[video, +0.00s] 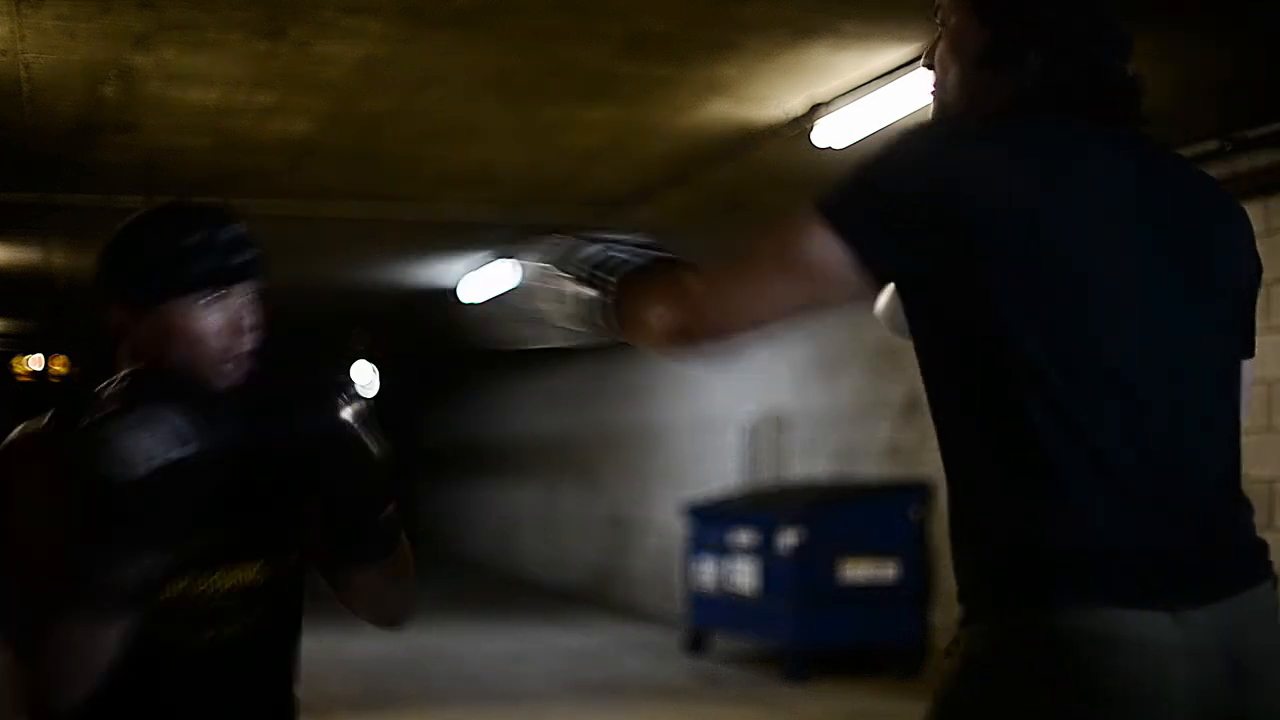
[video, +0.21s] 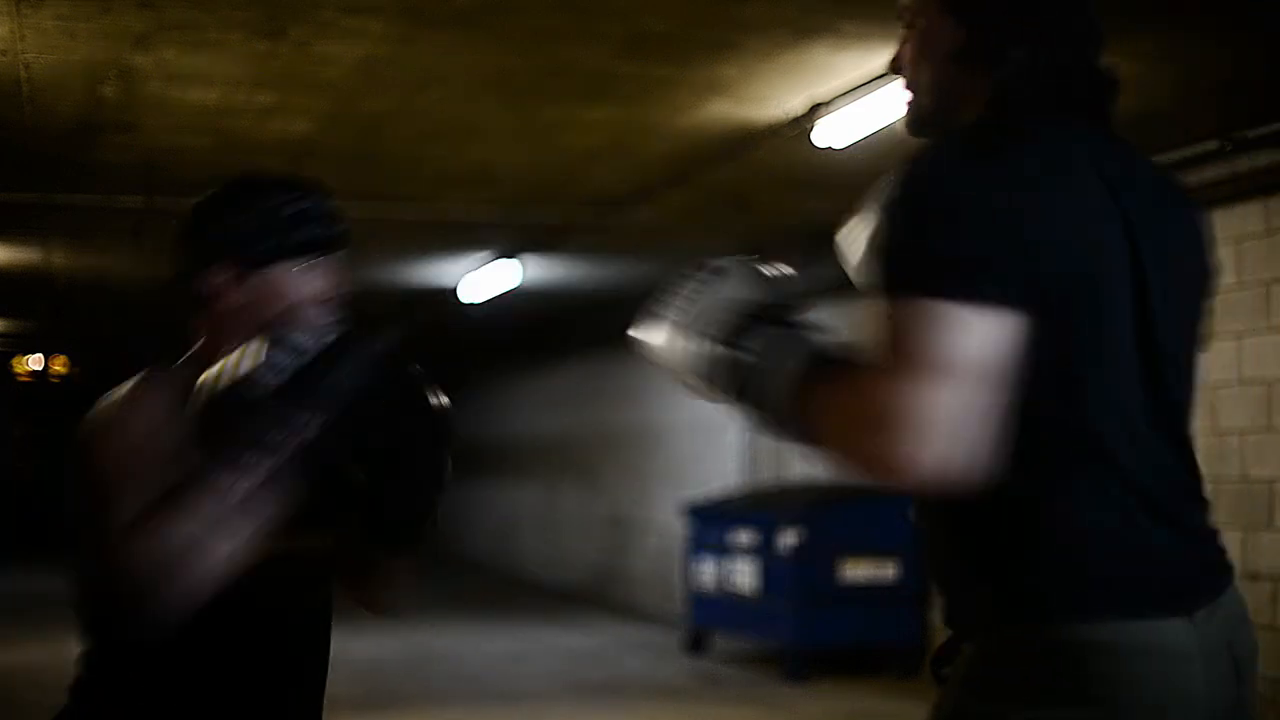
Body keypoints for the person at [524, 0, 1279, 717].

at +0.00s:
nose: (931, 59)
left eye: (943, 33)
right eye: (935, 34)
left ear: (987, 37)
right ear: (1100, 48)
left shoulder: (942, 170)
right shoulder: (1209, 204)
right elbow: (1217, 415)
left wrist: (632, 294)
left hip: (1057, 636)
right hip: (1240, 629)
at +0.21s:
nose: (897, 60)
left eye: (914, 31)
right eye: (903, 33)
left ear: (973, 36)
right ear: (1055, 44)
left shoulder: (971, 177)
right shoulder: (1152, 191)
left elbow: (937, 440)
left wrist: (755, 352)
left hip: (1058, 646)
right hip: (1195, 622)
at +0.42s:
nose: (932, 64)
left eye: (952, 35)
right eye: (937, 40)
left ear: (1022, 38)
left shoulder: (1125, 175)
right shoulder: (1062, 192)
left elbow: (1142, 444)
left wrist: (900, 331)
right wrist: (849, 372)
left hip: (1135, 661)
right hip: (1068, 651)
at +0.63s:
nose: (1026, 65)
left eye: (1047, 33)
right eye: (1035, 36)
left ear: (1116, 39)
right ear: (1123, 43)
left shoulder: (1189, 186)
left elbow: (1164, 450)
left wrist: (954, 361)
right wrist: (1021, 338)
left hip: (1202, 659)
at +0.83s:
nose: (1100, 60)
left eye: (1118, 27)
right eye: (1106, 31)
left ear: (1183, 28)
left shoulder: (1197, 155)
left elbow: (1148, 434)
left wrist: (1015, 344)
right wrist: (1097, 308)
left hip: (1234, 642)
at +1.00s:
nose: (1106, 67)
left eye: (1125, 31)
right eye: (1111, 37)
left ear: (1195, 32)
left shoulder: (1213, 176)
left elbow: (1167, 453)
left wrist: (1026, 360)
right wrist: (1101, 330)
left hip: (1226, 659)